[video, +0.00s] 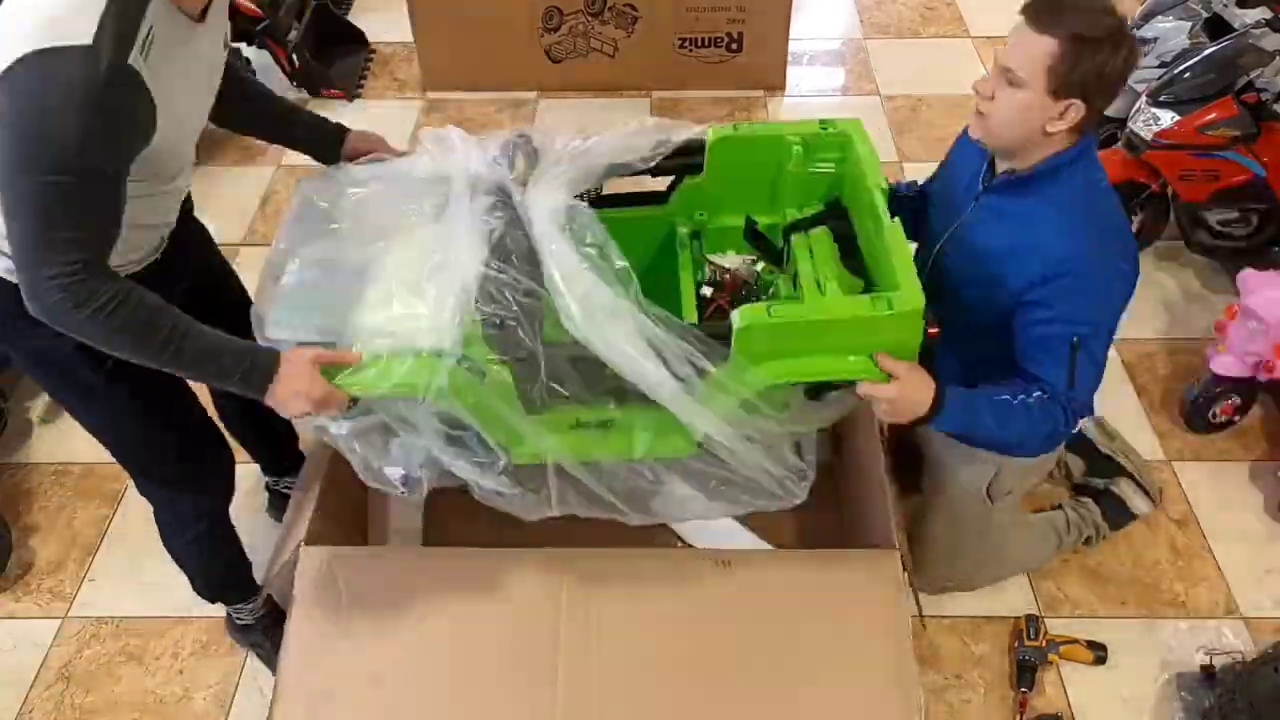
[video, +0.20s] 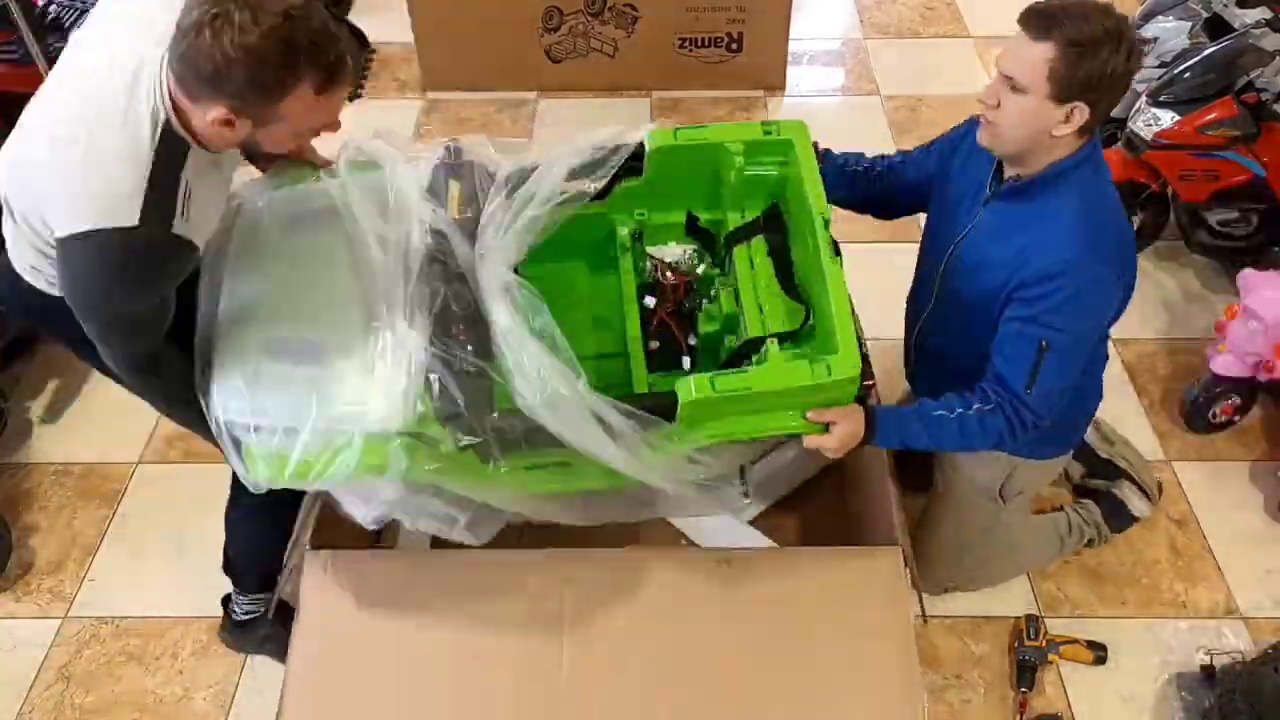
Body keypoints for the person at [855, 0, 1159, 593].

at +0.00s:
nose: (981, 87)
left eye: (1009, 82)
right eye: (995, 67)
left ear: (1063, 116)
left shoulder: (1089, 252)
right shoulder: (989, 136)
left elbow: (1052, 409)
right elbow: (929, 212)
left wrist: (936, 403)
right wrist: (844, 204)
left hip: (993, 420)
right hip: (928, 355)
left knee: (944, 566)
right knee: (919, 471)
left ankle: (1103, 509)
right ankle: (1064, 457)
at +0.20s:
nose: (985, 95)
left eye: (1011, 88)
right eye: (997, 75)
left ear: (1070, 119)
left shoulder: (1080, 254)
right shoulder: (988, 141)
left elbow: (1014, 414)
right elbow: (887, 186)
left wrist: (872, 425)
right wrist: (801, 163)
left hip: (1009, 431)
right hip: (943, 373)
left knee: (946, 567)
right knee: (917, 473)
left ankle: (1104, 512)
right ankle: (1059, 450)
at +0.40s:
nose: (1000, 229)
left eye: (1031, 227)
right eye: (1000, 200)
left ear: (1088, 223)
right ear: (1003, 165)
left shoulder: (1094, 308)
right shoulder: (978, 180)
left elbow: (1004, 464)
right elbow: (879, 236)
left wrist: (849, 472)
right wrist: (773, 233)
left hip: (1008, 455)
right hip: (939, 400)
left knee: (923, 559)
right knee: (897, 461)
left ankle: (1076, 509)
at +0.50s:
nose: (992, 219)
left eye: (1024, 222)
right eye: (996, 190)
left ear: (1083, 228)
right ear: (1005, 156)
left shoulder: (1081, 321)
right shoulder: (974, 172)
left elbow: (980, 449)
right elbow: (878, 224)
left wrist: (841, 450)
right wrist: (768, 232)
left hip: (995, 453)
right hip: (924, 392)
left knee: (913, 555)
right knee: (891, 486)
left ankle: (1073, 507)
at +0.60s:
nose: (970, 146)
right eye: (978, 127)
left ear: (1058, 160)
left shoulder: (1090, 297)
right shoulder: (976, 179)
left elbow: (1013, 449)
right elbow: (908, 243)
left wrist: (870, 470)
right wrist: (801, 253)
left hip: (998, 451)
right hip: (929, 396)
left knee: (915, 557)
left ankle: (1077, 506)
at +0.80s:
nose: (962, 103)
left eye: (982, 92)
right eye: (970, 85)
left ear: (1042, 115)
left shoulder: (1087, 263)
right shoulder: (972, 153)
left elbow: (1058, 411)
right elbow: (942, 245)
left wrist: (932, 448)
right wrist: (852, 238)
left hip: (992, 421)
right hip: (915, 358)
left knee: (918, 555)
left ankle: (1078, 505)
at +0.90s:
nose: (950, 109)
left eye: (974, 98)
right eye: (953, 88)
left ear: (1038, 114)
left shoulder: (1075, 248)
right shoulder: (969, 148)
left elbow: (1049, 401)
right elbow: (937, 243)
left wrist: (923, 429)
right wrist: (848, 236)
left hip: (996, 420)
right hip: (924, 365)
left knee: (918, 554)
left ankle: (1080, 512)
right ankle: (1046, 449)